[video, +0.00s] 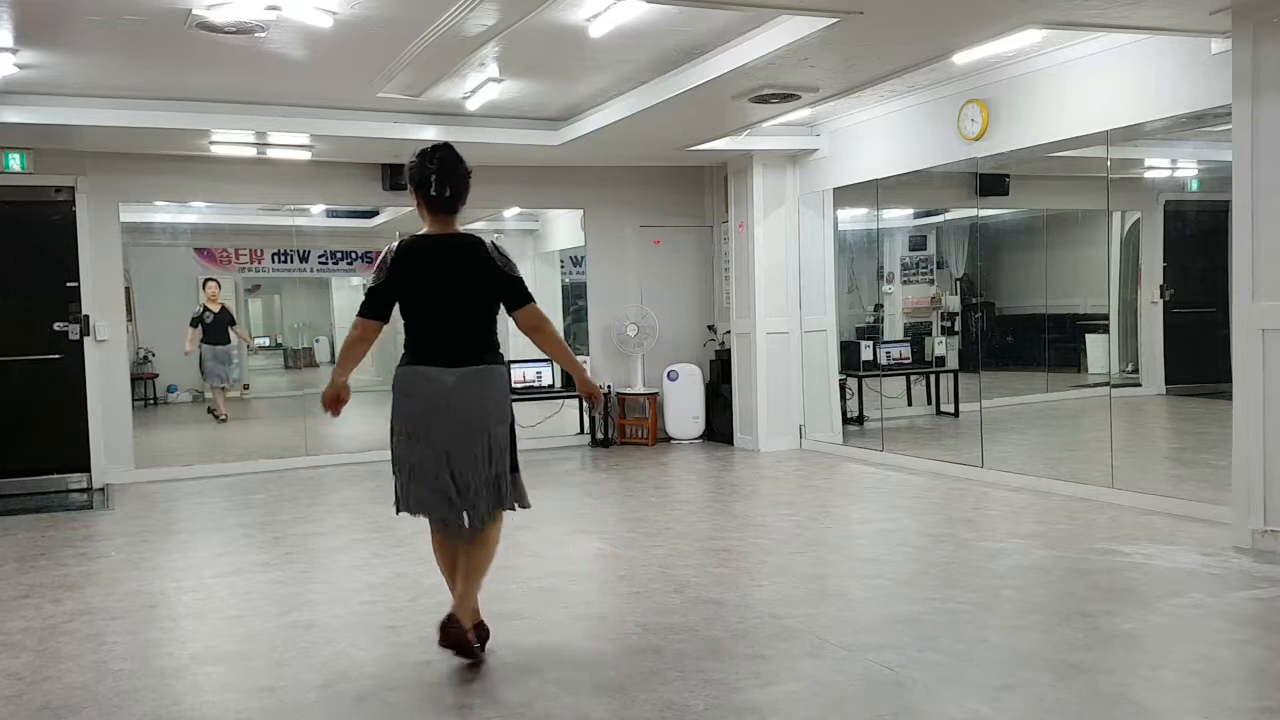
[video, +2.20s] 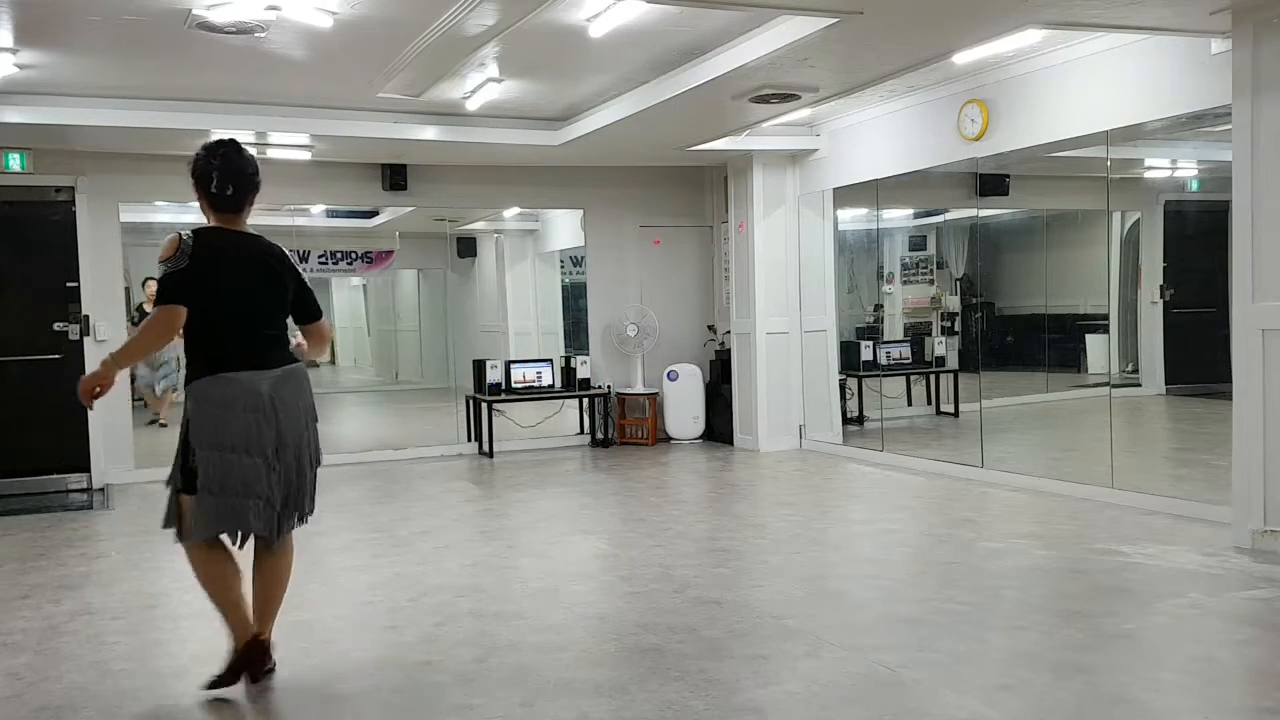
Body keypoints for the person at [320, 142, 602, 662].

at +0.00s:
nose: (426, 200)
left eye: (417, 193)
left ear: (416, 198)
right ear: (465, 195)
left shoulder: (400, 257)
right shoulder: (488, 254)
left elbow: (366, 328)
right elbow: (531, 320)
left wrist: (339, 377)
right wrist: (577, 370)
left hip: (419, 390)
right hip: (484, 389)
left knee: (442, 508)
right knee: (489, 503)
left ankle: (470, 621)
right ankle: (461, 611)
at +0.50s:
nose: (385, 195)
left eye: (376, 187)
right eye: (408, 186)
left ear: (373, 192)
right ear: (425, 190)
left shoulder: (354, 254)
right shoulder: (448, 249)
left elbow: (314, 326)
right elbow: (493, 319)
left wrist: (274, 391)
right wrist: (513, 367)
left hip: (375, 389)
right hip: (442, 385)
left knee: (392, 519)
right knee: (440, 522)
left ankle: (396, 636)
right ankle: (420, 655)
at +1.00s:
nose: (313, 188)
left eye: (307, 180)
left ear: (306, 186)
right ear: (362, 188)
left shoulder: (287, 248)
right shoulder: (381, 254)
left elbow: (247, 323)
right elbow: (434, 324)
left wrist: (209, 353)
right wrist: (484, 380)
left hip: (309, 392)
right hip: (375, 392)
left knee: (328, 529)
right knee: (383, 518)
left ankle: (350, 661)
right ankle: (405, 633)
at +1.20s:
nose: (281, 188)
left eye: (278, 181)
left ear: (281, 187)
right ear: (336, 187)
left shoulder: (267, 250)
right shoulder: (357, 252)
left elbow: (235, 328)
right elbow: (411, 323)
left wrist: (202, 358)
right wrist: (461, 380)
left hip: (299, 392)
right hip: (359, 390)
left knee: (320, 527)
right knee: (328, 520)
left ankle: (349, 660)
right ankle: (318, 638)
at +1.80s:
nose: (223, 188)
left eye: (223, 181)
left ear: (228, 186)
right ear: (282, 186)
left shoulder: (223, 243)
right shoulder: (301, 251)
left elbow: (215, 321)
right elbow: (347, 323)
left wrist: (155, 369)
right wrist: (376, 364)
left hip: (252, 385)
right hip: (306, 383)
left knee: (277, 519)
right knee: (278, 521)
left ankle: (334, 641)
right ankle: (260, 645)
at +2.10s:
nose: (203, 192)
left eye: (202, 185)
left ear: (205, 193)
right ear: (260, 194)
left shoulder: (196, 250)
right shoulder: (281, 257)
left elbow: (182, 322)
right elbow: (324, 333)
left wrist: (127, 372)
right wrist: (321, 351)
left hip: (229, 395)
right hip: (291, 391)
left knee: (224, 527)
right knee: (280, 519)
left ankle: (296, 624)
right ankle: (259, 644)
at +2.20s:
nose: (198, 194)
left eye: (196, 186)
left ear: (199, 194)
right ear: (255, 195)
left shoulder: (187, 251)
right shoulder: (276, 257)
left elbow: (168, 323)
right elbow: (319, 335)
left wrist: (111, 366)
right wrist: (307, 347)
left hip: (218, 398)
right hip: (285, 394)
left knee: (196, 527)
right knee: (275, 522)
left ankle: (246, 636)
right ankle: (259, 643)